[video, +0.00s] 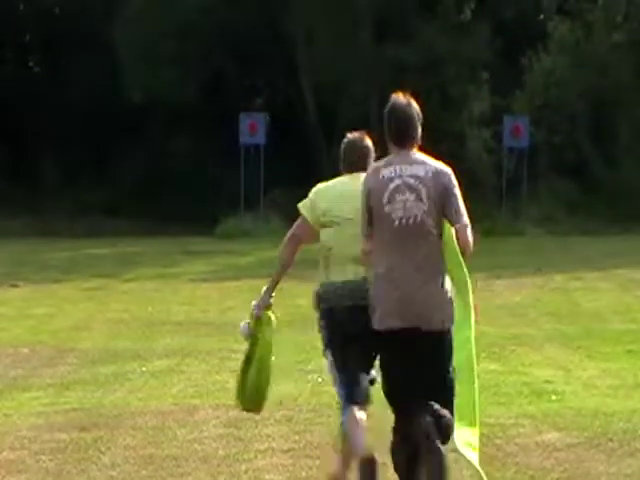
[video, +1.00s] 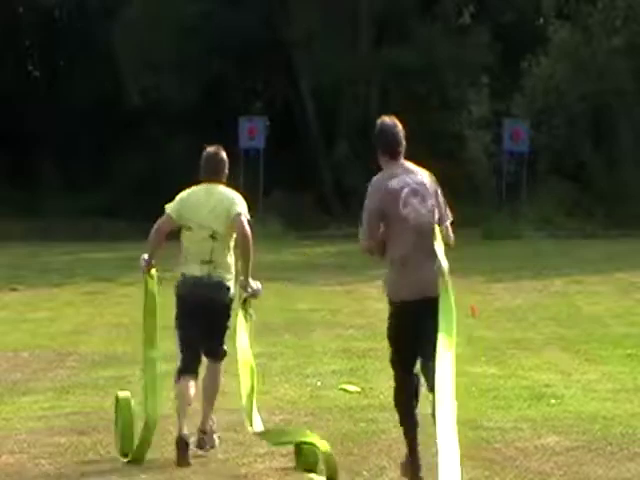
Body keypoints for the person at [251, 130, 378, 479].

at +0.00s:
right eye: (371, 160)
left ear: (341, 162)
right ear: (372, 161)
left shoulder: (325, 193)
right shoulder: (384, 189)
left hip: (335, 291)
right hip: (379, 290)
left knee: (344, 369)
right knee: (362, 371)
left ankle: (363, 454)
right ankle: (344, 457)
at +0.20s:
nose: (289, 174)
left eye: (285, 169)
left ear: (283, 169)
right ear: (311, 165)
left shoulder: (275, 203)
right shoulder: (332, 193)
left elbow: (250, 253)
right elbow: (367, 231)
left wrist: (226, 293)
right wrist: (377, 278)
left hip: (289, 300)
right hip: (328, 297)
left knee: (284, 373)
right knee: (326, 384)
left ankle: (285, 447)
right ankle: (324, 468)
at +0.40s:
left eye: (241, 180)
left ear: (242, 180)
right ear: (269, 175)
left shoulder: (233, 208)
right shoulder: (287, 192)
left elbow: (202, 252)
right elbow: (314, 213)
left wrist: (187, 284)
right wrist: (337, 259)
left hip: (250, 296)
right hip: (287, 293)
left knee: (245, 385)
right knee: (277, 371)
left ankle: (251, 468)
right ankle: (277, 407)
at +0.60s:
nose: (251, 178)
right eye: (254, 173)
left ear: (229, 176)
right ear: (254, 175)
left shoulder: (216, 200)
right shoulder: (263, 195)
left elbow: (193, 248)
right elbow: (275, 216)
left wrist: (171, 288)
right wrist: (292, 260)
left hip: (216, 284)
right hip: (252, 288)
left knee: (213, 341)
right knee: (233, 381)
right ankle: (213, 462)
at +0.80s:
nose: (212, 171)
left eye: (204, 168)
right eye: (219, 165)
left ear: (200, 169)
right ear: (225, 167)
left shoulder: (194, 200)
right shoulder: (244, 196)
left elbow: (178, 245)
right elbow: (267, 228)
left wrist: (156, 271)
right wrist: (271, 275)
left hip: (201, 278)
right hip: (234, 278)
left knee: (197, 359)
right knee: (221, 358)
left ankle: (190, 433)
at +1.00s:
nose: (222, 174)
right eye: (225, 169)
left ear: (201, 170)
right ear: (226, 171)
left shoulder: (187, 197)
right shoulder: (234, 199)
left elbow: (159, 229)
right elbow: (244, 234)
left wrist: (149, 256)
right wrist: (247, 278)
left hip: (187, 284)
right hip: (220, 285)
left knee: (187, 363)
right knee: (213, 359)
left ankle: (182, 429)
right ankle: (205, 429)